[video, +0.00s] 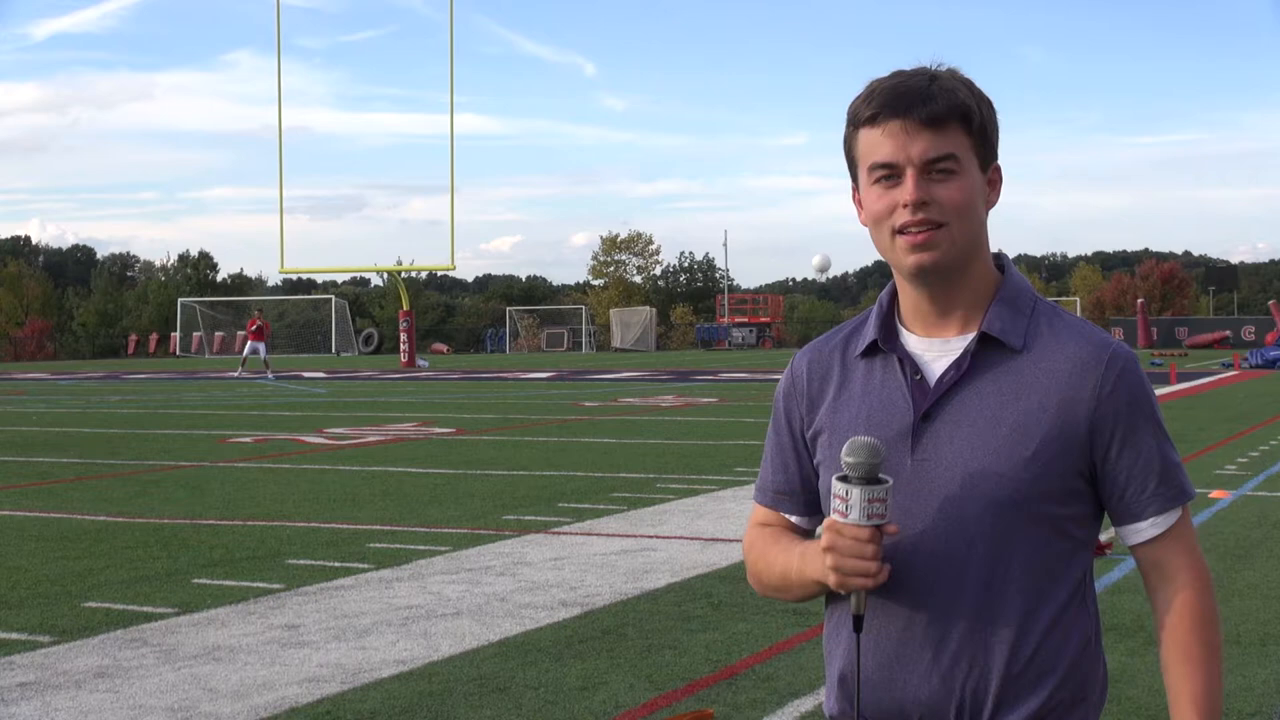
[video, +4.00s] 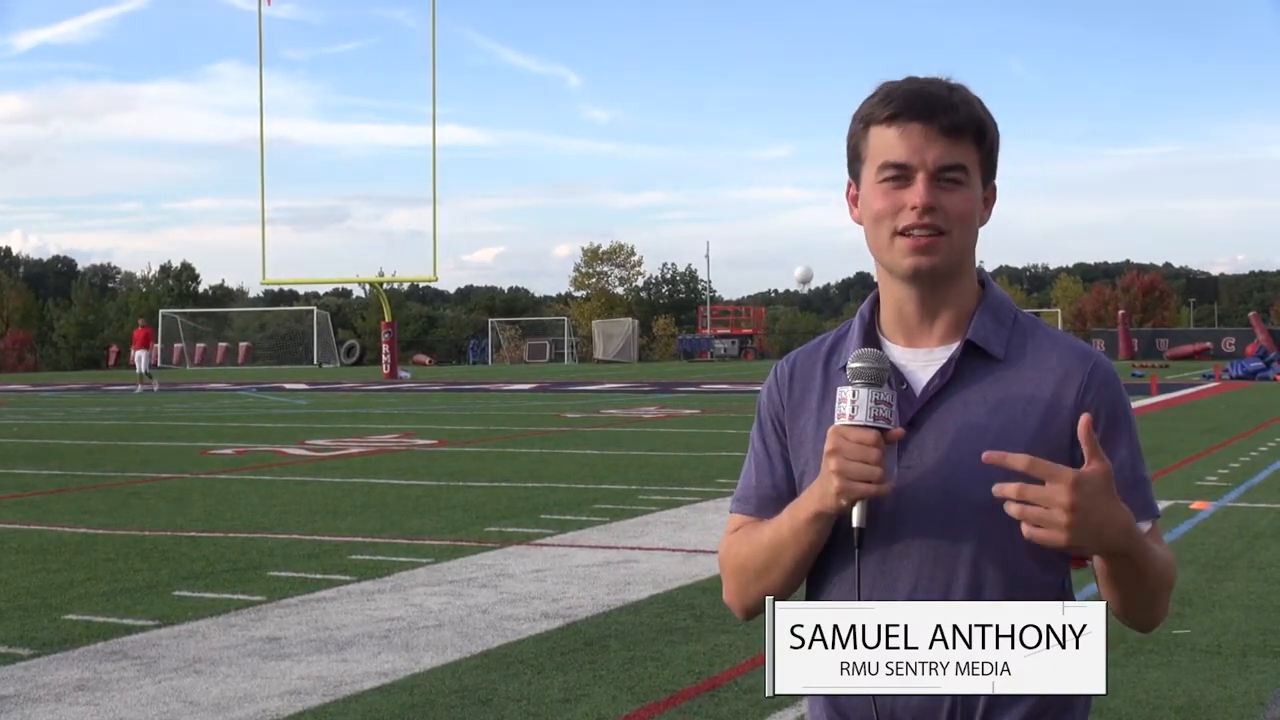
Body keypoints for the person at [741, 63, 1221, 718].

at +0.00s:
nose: (914, 196)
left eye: (941, 169)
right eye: (887, 175)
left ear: (990, 186)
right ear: (859, 203)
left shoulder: (1093, 372)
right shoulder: (816, 375)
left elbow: (1176, 578)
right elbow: (763, 551)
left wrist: (1193, 710)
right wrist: (815, 561)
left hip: (1040, 706)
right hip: (861, 706)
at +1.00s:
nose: (892, 209)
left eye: (924, 183)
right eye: (870, 184)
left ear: (982, 196)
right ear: (850, 198)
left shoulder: (1081, 378)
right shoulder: (806, 375)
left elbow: (1144, 580)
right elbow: (738, 584)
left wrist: (1093, 628)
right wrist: (808, 466)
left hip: (1025, 709)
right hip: (851, 707)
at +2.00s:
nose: (896, 209)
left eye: (929, 183)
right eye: (874, 184)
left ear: (983, 200)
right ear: (852, 201)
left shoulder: (1082, 380)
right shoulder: (803, 379)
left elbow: (1151, 611)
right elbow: (743, 588)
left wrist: (1132, 529)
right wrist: (815, 477)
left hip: (1027, 706)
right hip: (850, 706)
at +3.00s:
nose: (917, 204)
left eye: (944, 179)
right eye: (890, 182)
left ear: (988, 196)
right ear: (856, 208)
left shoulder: (1082, 383)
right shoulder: (804, 380)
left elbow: (1150, 608)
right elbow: (742, 584)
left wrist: (1110, 580)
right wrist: (824, 487)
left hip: (1026, 707)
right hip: (849, 708)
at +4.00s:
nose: (922, 201)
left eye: (950, 178)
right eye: (895, 177)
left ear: (986, 201)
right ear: (855, 201)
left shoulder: (1075, 379)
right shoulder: (796, 384)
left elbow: (1146, 611)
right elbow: (740, 590)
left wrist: (1118, 536)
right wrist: (820, 498)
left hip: (1024, 706)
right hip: (846, 707)